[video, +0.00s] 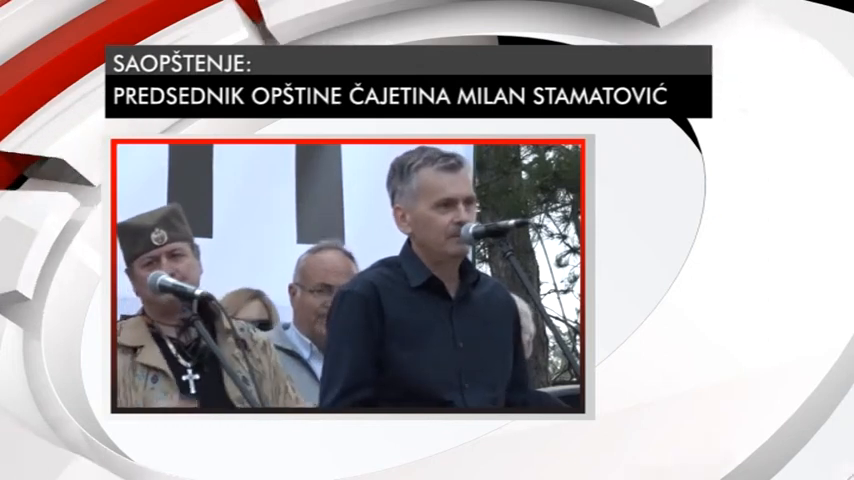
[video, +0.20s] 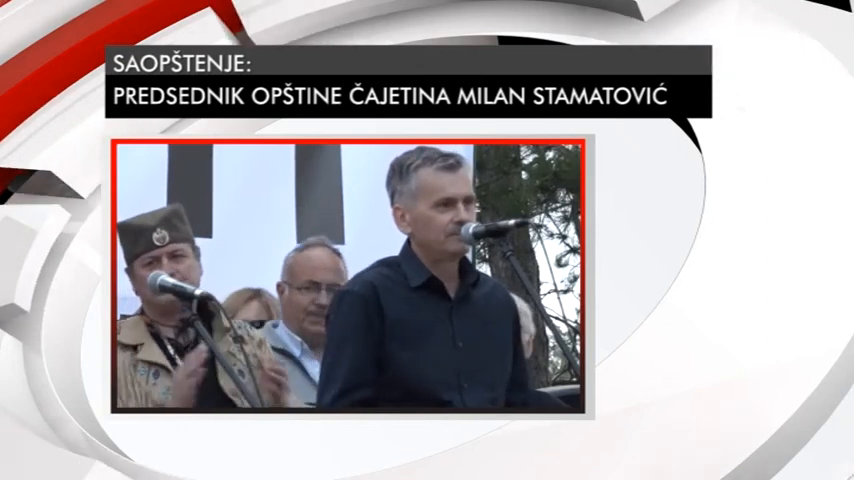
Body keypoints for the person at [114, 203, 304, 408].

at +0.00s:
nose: (167, 269)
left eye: (177, 255)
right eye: (150, 262)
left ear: (199, 266)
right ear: (133, 282)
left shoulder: (253, 344)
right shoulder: (116, 354)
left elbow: (295, 417)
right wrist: (164, 414)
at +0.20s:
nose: (167, 270)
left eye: (177, 256)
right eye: (151, 263)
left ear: (200, 267)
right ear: (133, 282)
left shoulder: (249, 341)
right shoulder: (116, 352)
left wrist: (282, 403)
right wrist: (175, 406)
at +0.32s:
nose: (164, 270)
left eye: (175, 257)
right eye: (148, 263)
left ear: (197, 267)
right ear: (130, 282)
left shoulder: (245, 339)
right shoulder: (115, 352)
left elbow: (279, 410)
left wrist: (246, 393)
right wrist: (207, 406)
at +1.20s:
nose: (174, 270)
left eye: (184, 256)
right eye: (158, 261)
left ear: (201, 265)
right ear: (134, 279)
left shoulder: (246, 338)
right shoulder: (116, 347)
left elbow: (283, 415)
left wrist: (255, 391)